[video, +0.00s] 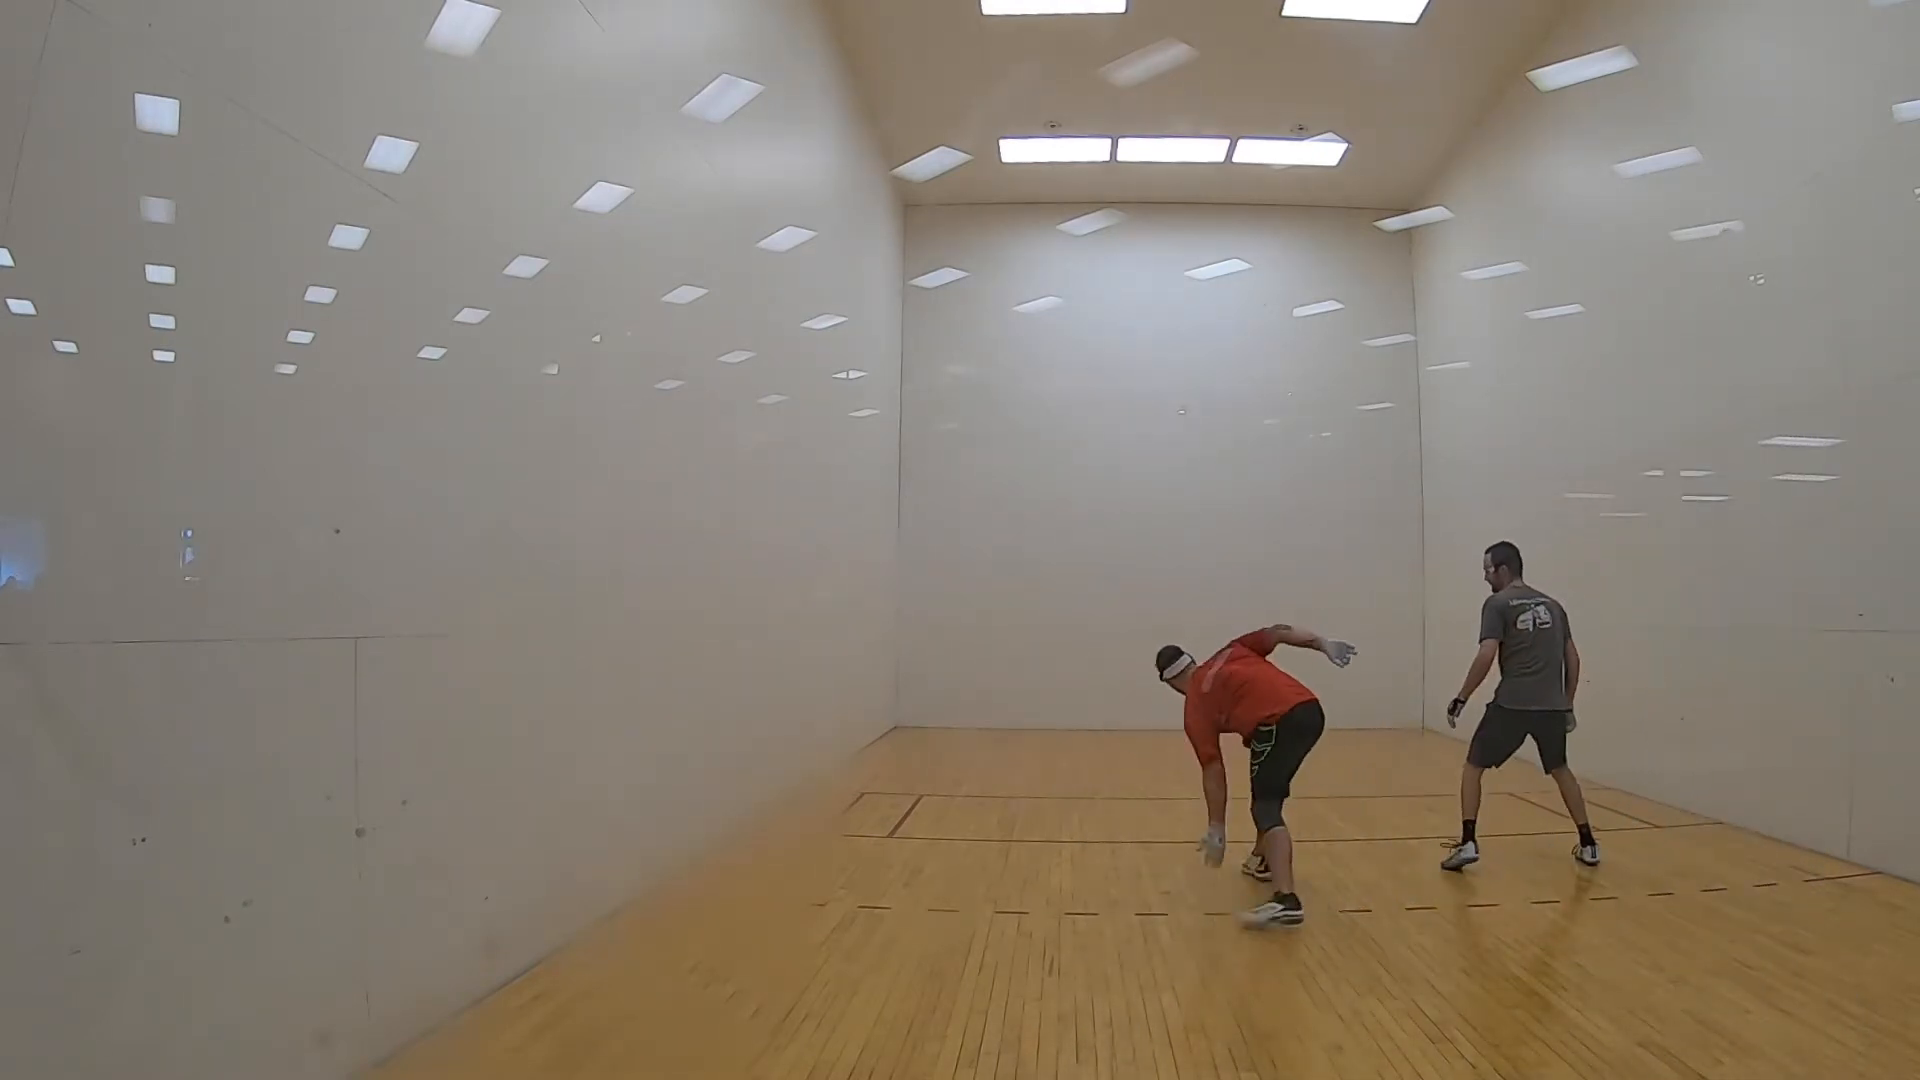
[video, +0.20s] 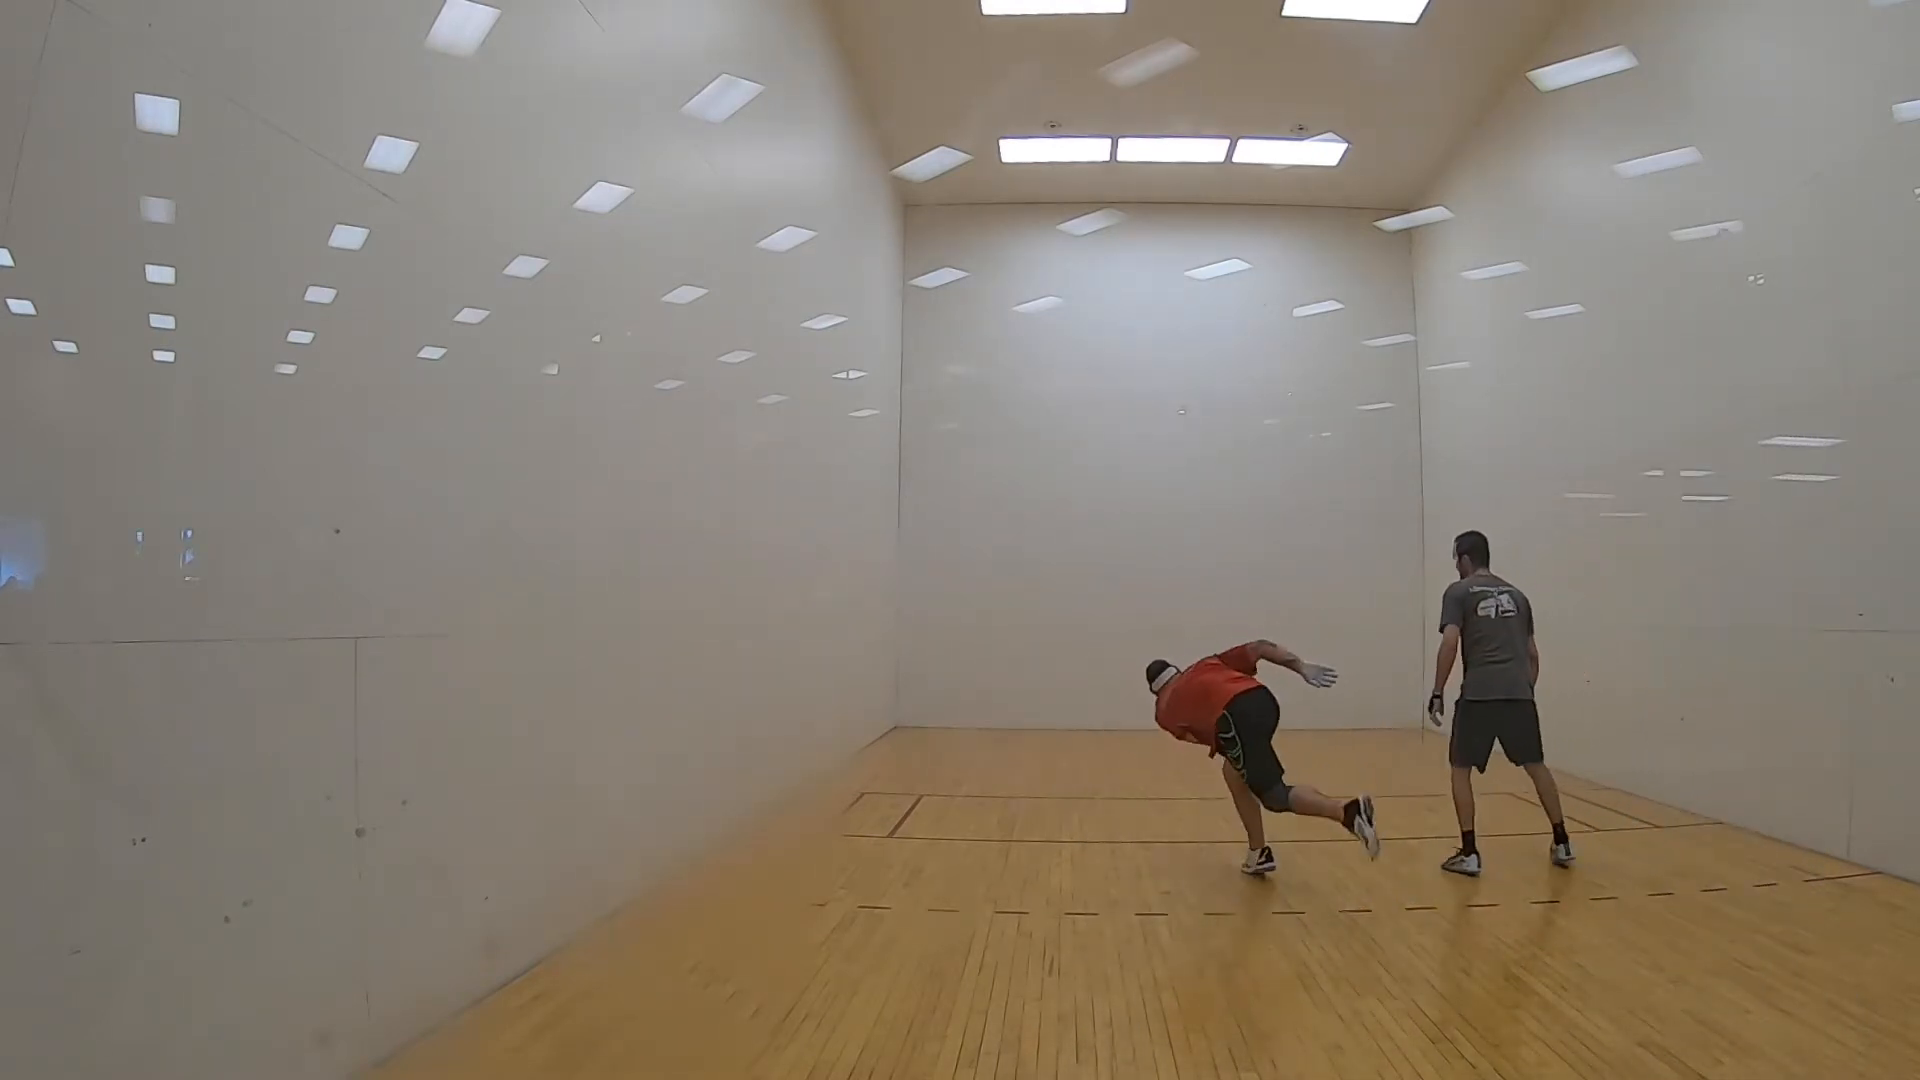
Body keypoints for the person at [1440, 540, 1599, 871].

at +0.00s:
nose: (1485, 576)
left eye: (1487, 569)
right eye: (1484, 570)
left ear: (1502, 569)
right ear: (1514, 570)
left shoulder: (1497, 603)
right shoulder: (1552, 604)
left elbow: (1488, 653)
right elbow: (1572, 657)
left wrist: (1462, 697)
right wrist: (1568, 703)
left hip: (1511, 706)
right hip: (1553, 707)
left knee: (1473, 766)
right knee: (1560, 769)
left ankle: (1468, 844)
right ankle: (1588, 845)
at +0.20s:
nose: (1456, 567)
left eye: (1456, 561)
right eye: (1456, 561)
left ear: (1464, 559)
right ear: (1487, 558)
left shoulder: (1459, 591)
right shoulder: (1517, 594)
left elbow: (1449, 643)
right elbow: (1532, 654)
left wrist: (1438, 691)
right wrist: (1525, 692)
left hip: (1477, 699)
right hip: (1518, 698)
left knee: (1460, 770)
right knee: (1536, 766)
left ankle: (1469, 853)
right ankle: (1562, 843)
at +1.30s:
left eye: (1388, 606)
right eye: (1401, 614)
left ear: (1381, 605)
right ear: (1403, 616)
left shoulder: (1356, 619)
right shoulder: (1395, 651)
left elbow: (1320, 647)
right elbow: (1382, 678)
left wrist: (1302, 668)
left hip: (1326, 707)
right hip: (1359, 718)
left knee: (1338, 749)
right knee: (1372, 779)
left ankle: (1345, 810)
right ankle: (1396, 811)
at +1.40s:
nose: (1371, 598)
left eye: (1371, 593)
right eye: (1382, 600)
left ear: (1367, 595)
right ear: (1387, 605)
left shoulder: (1349, 606)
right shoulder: (1380, 632)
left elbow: (1307, 627)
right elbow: (1350, 613)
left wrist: (1269, 631)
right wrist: (1351, 578)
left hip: (1319, 692)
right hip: (1351, 700)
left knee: (1323, 751)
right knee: (1349, 763)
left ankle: (1341, 810)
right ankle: (1383, 797)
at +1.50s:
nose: (1354, 581)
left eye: (1353, 576)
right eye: (1364, 583)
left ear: (1350, 578)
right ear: (1370, 588)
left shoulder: (1335, 593)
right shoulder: (1364, 614)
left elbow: (1302, 607)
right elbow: (1326, 602)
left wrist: (1259, 606)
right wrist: (1330, 571)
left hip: (1316, 681)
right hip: (1344, 686)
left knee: (1318, 745)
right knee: (1333, 745)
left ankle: (1341, 809)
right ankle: (1370, 787)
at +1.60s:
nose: (1344, 575)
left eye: (1338, 567)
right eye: (1352, 573)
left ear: (1332, 567)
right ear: (1353, 575)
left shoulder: (1321, 585)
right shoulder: (1349, 602)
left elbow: (1299, 608)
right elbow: (1312, 621)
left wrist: (1254, 605)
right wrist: (1302, 587)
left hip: (1312, 675)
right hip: (1336, 678)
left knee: (1314, 738)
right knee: (1321, 735)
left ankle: (1343, 803)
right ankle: (1349, 787)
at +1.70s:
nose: (1323, 569)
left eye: (1319, 563)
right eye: (1333, 568)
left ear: (1313, 562)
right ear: (1335, 570)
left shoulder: (1303, 583)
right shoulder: (1334, 598)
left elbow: (1291, 617)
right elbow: (1306, 637)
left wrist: (1256, 624)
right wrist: (1281, 618)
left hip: (1305, 674)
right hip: (1326, 675)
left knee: (1309, 740)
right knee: (1304, 732)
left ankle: (1344, 799)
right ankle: (1307, 787)